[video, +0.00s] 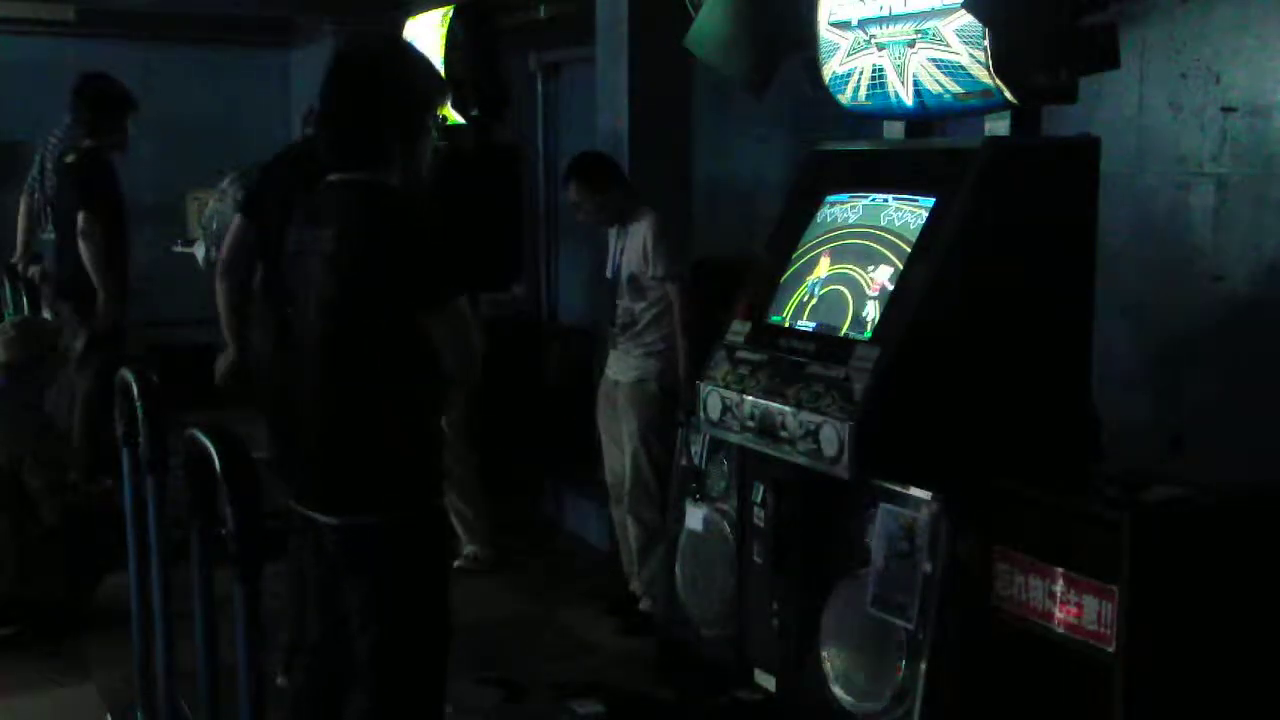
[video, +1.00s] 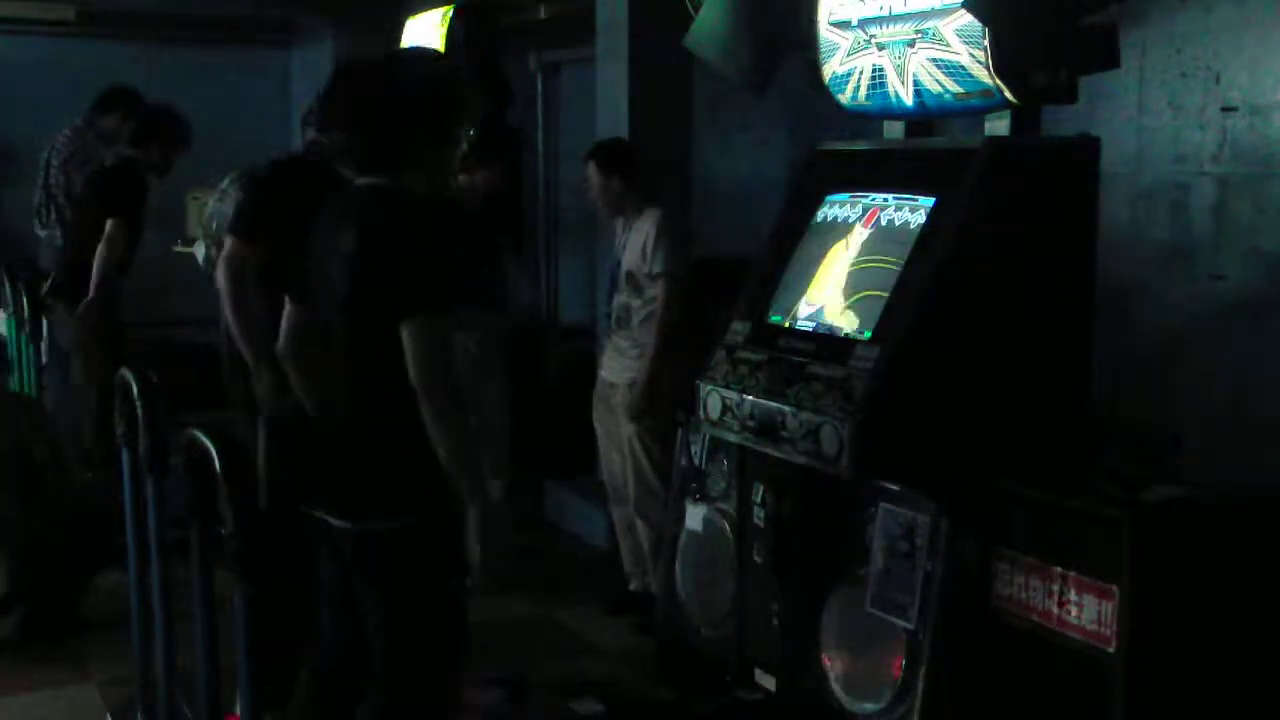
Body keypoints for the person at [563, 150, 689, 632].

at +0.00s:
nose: (580, 214)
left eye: (584, 204)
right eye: (576, 205)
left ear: (607, 193)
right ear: (595, 199)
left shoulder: (650, 230)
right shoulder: (617, 232)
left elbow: (677, 303)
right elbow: (624, 304)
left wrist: (685, 377)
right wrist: (614, 358)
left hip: (648, 373)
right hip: (616, 369)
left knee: (642, 487)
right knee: (618, 485)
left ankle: (653, 599)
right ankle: (634, 588)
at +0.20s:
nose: (581, 212)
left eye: (585, 200)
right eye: (577, 202)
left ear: (607, 192)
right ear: (593, 198)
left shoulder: (648, 230)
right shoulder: (616, 232)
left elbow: (675, 299)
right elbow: (622, 304)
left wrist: (682, 371)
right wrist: (610, 362)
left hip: (645, 377)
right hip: (613, 373)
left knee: (641, 488)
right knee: (618, 485)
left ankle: (652, 596)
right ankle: (633, 585)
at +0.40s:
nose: (581, 208)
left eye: (585, 196)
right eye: (578, 198)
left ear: (609, 189)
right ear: (591, 196)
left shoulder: (649, 230)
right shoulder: (615, 233)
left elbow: (672, 301)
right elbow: (620, 305)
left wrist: (673, 380)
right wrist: (608, 362)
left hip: (642, 375)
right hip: (611, 371)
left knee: (640, 484)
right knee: (615, 482)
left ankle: (651, 589)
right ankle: (632, 581)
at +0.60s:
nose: (585, 201)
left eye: (589, 191)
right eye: (583, 192)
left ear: (614, 186)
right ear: (600, 189)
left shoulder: (652, 229)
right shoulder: (617, 229)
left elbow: (667, 308)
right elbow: (621, 305)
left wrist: (659, 380)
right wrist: (607, 363)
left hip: (640, 379)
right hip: (608, 376)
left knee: (643, 487)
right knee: (616, 485)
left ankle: (657, 586)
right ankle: (634, 581)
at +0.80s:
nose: (587, 197)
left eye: (592, 186)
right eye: (586, 187)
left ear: (617, 183)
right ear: (605, 185)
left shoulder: (653, 228)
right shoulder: (620, 230)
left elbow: (664, 309)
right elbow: (625, 309)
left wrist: (649, 380)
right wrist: (609, 367)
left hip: (639, 379)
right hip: (608, 376)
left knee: (645, 489)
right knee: (617, 486)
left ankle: (659, 587)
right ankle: (635, 582)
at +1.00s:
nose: (591, 193)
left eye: (595, 183)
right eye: (590, 183)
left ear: (619, 182)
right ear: (611, 183)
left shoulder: (655, 228)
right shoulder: (624, 230)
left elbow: (663, 311)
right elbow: (629, 309)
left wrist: (646, 382)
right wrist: (609, 368)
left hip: (638, 382)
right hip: (609, 379)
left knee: (646, 489)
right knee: (618, 486)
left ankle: (658, 588)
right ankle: (635, 582)